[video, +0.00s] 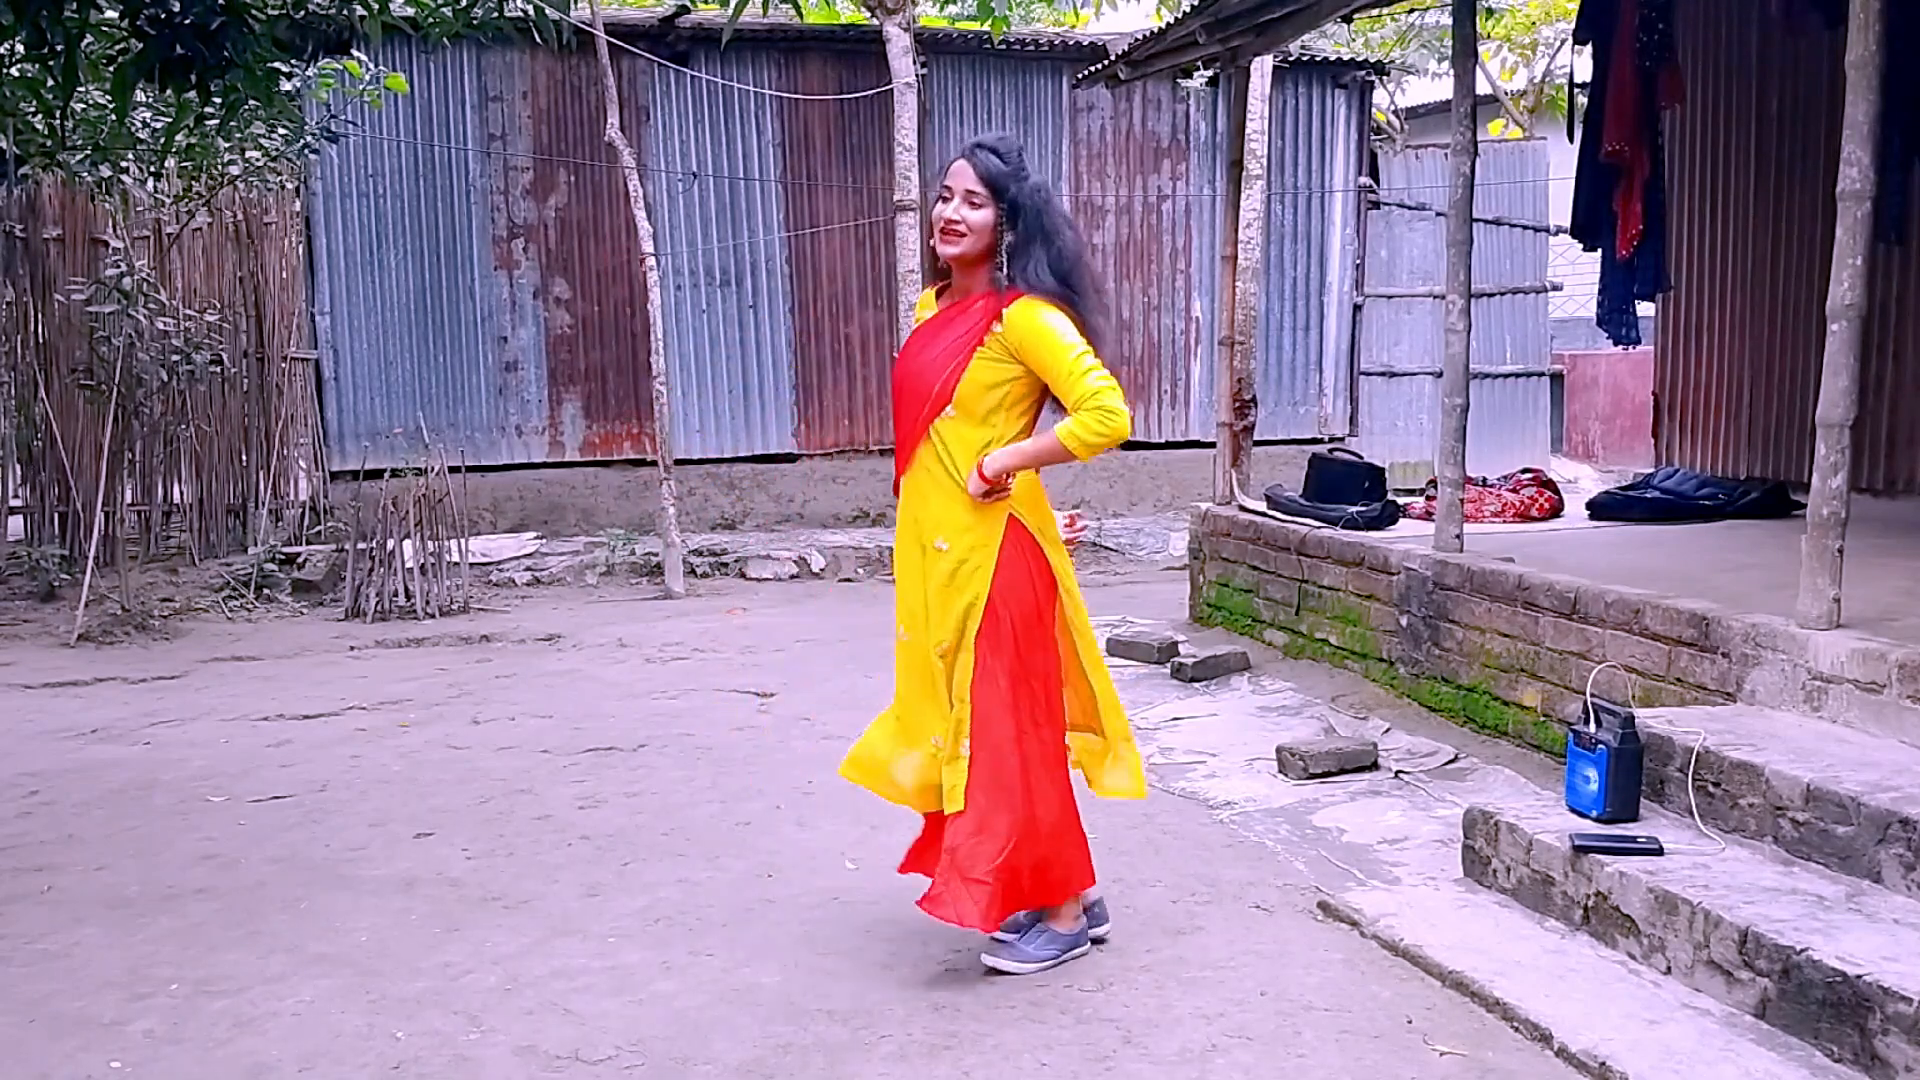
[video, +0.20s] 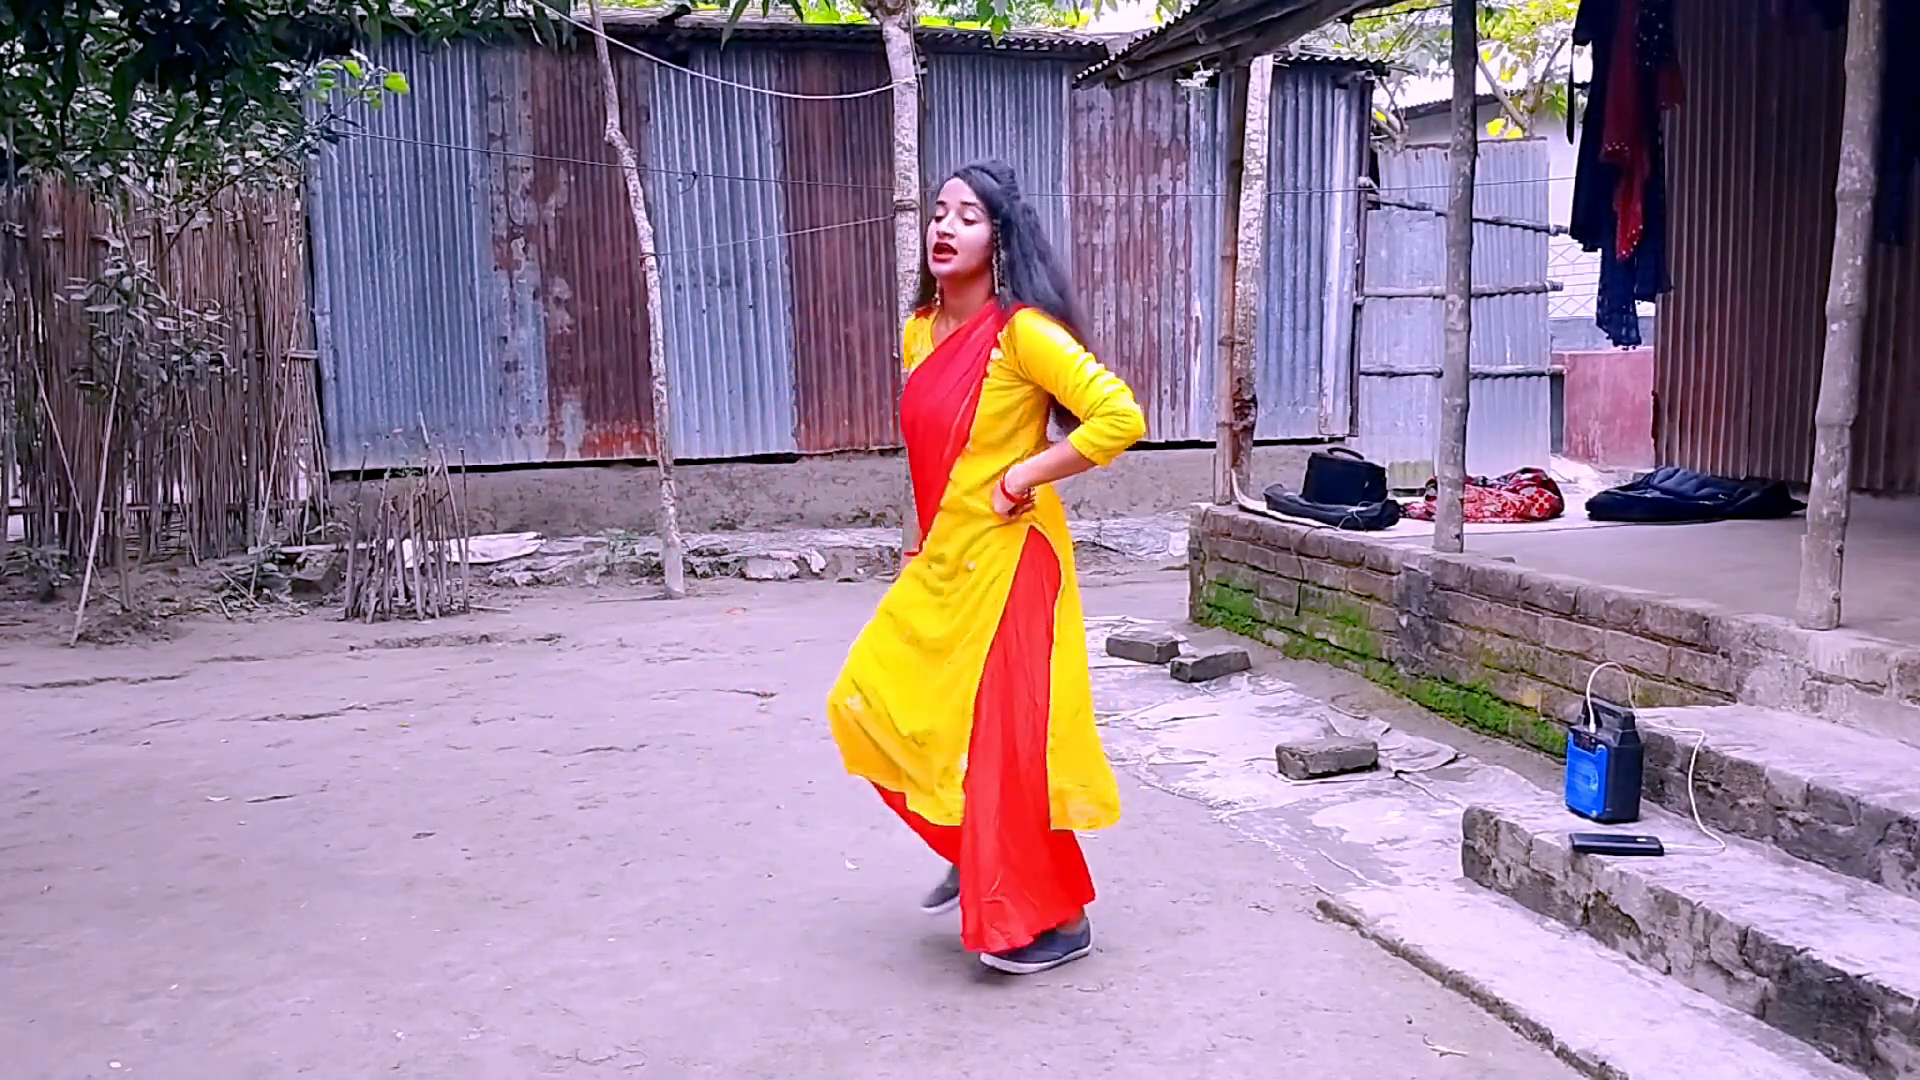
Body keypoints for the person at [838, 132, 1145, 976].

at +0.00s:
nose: (950, 211)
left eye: (972, 200)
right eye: (945, 196)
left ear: (1007, 220)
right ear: (933, 209)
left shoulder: (1025, 316)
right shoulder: (934, 310)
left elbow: (1106, 415)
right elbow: (958, 428)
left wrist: (1005, 461)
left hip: (999, 545)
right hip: (944, 543)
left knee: (1008, 722)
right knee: (988, 721)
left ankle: (1067, 907)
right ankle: (1057, 890)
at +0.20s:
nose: (944, 228)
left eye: (965, 216)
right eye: (939, 214)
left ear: (1001, 237)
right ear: (927, 230)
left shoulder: (1024, 332)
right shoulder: (920, 331)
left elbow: (1119, 419)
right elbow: (951, 439)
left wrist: (1026, 472)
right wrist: (935, 527)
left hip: (1012, 557)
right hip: (943, 559)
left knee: (1011, 733)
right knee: (863, 704)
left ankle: (1058, 915)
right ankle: (975, 843)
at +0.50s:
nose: (905, 232)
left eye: (924, 218)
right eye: (896, 219)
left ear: (963, 235)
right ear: (888, 235)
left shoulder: (999, 333)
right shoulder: (850, 332)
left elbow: (1079, 427)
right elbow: (830, 437)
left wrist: (998, 496)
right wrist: (833, 520)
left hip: (963, 555)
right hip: (868, 555)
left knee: (996, 729)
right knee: (864, 715)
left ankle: (1038, 912)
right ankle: (860, 873)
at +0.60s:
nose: (888, 240)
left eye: (906, 226)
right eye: (879, 227)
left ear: (943, 243)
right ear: (870, 245)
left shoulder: (985, 345)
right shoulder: (835, 338)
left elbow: (1039, 457)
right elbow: (782, 448)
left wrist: (967, 502)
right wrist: (741, 556)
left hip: (953, 568)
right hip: (858, 567)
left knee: (965, 725)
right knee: (852, 729)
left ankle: (1029, 896)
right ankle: (851, 883)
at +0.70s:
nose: (886, 223)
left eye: (904, 209)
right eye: (877, 212)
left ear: (942, 225)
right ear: (868, 233)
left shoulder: (986, 325)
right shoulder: (842, 327)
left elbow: (1043, 437)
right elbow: (780, 415)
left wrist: (955, 485)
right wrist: (708, 486)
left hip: (944, 557)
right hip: (850, 554)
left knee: (955, 723)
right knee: (848, 717)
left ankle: (1049, 884)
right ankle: (860, 867)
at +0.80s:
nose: (891, 223)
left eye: (909, 207)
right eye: (881, 211)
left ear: (947, 223)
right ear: (874, 228)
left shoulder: (989, 315)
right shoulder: (868, 325)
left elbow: (1038, 427)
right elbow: (808, 409)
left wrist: (944, 482)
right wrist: (747, 412)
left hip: (944, 555)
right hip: (859, 551)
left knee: (958, 727)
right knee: (854, 708)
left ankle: (1060, 897)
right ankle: (861, 868)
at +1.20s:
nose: (927, 210)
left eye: (944, 196)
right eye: (919, 200)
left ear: (985, 213)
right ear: (913, 221)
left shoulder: (1025, 308)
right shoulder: (887, 316)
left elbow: (998, 409)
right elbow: (859, 417)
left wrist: (886, 374)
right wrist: (842, 488)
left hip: (992, 535)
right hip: (903, 536)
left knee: (1016, 713)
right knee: (894, 690)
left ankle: (1065, 904)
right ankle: (891, 847)